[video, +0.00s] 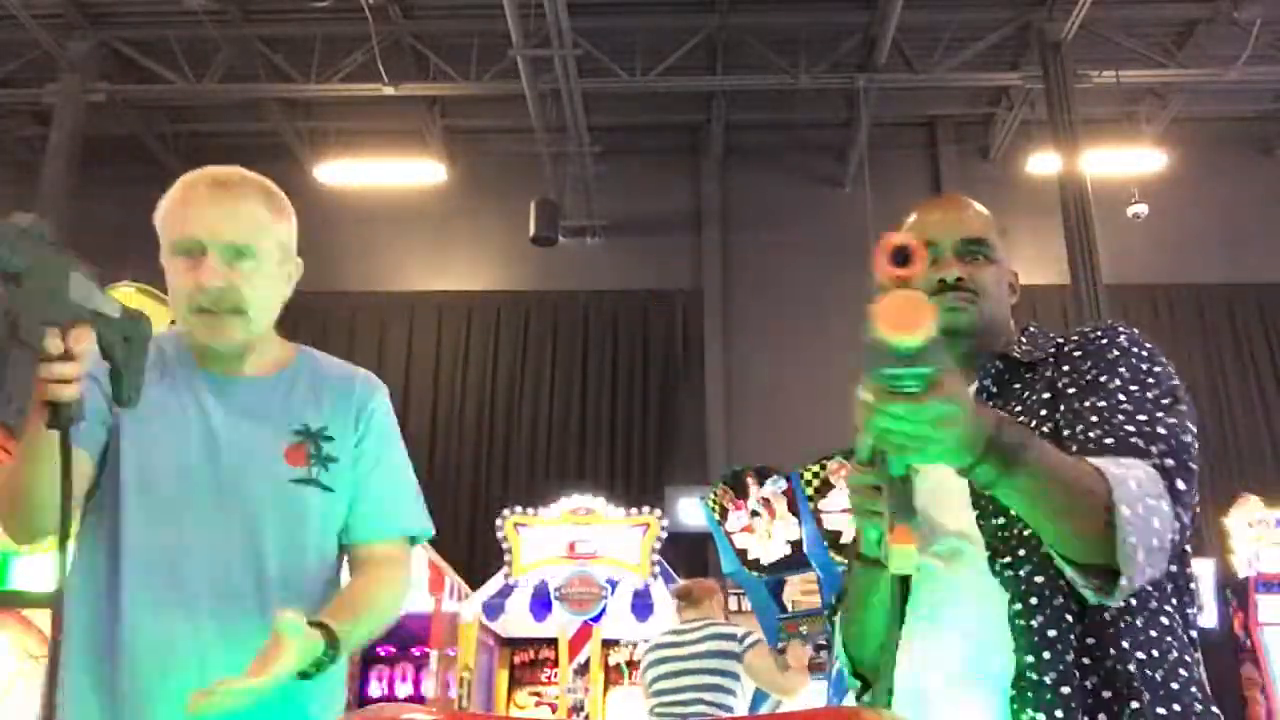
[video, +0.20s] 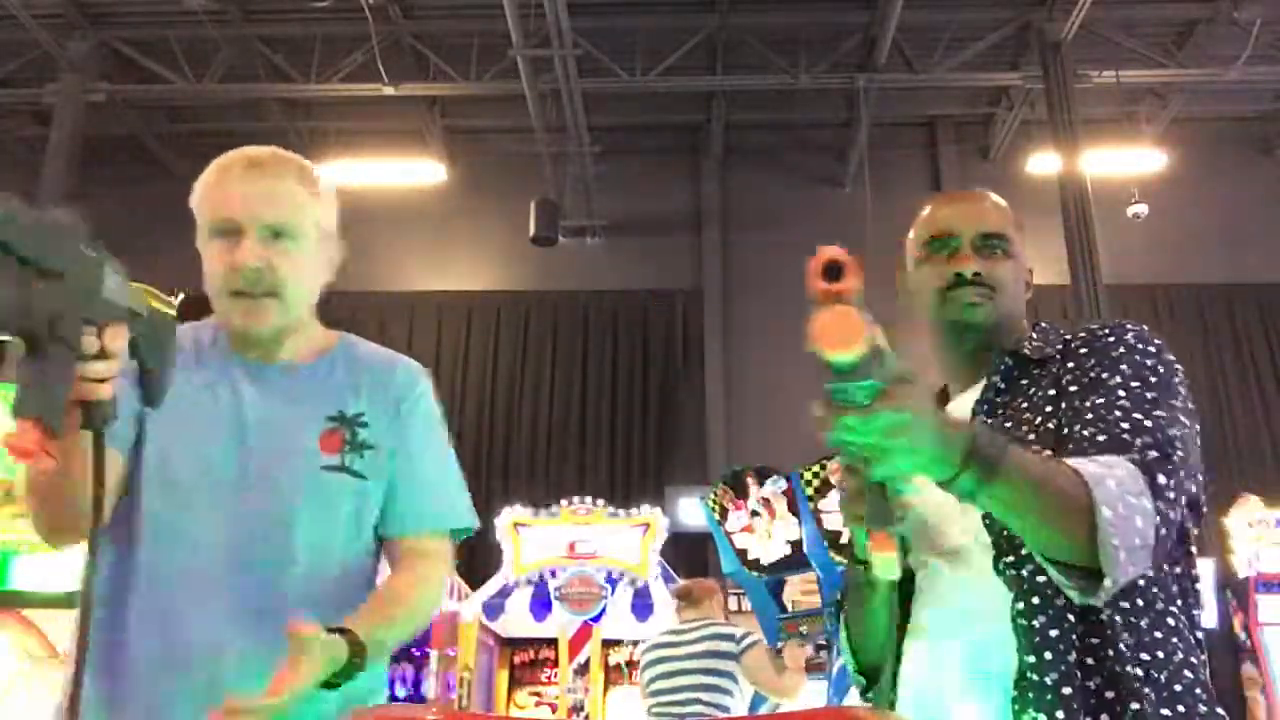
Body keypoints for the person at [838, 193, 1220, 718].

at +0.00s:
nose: (949, 271)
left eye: (973, 253)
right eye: (925, 257)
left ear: (1011, 282)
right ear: (899, 289)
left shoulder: (1105, 357)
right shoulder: (902, 421)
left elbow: (1138, 541)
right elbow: (871, 666)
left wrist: (985, 443)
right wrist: (874, 536)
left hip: (1122, 699)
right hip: (956, 704)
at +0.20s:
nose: (968, 266)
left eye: (993, 248)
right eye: (940, 249)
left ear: (1026, 278)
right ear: (907, 283)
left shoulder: (1116, 355)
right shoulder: (901, 424)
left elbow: (1124, 532)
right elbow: (874, 666)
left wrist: (950, 448)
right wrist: (872, 533)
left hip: (1103, 701)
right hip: (938, 705)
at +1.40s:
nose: (936, 264)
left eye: (962, 249)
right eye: (909, 250)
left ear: (999, 278)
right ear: (877, 290)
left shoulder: (1091, 364)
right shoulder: (887, 446)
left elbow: (1188, 544)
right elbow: (841, 656)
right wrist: (879, 544)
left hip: (1105, 701)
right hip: (925, 707)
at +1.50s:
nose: (924, 265)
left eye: (948, 251)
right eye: (896, 252)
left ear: (982, 289)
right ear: (864, 296)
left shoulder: (1081, 394)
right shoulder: (838, 471)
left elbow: (1209, 588)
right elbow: (803, 651)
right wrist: (887, 541)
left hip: (1098, 705)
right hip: (918, 710)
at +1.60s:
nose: (917, 264)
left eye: (942, 251)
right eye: (889, 250)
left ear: (974, 288)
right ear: (855, 292)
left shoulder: (1074, 388)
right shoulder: (824, 472)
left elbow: (1192, 593)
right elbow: (789, 656)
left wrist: (1142, 491)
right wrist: (874, 542)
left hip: (1080, 705)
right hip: (896, 710)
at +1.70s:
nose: (908, 270)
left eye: (934, 255)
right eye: (881, 255)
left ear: (971, 287)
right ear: (852, 295)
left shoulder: (1075, 391)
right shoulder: (835, 471)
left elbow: (1163, 558)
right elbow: (805, 667)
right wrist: (850, 556)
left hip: (1072, 703)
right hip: (892, 706)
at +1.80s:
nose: (899, 275)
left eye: (927, 256)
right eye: (875, 260)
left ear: (971, 285)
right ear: (855, 295)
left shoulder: (1053, 353)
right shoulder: (874, 434)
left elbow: (1096, 524)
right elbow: (823, 670)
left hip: (1074, 697)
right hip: (918, 702)